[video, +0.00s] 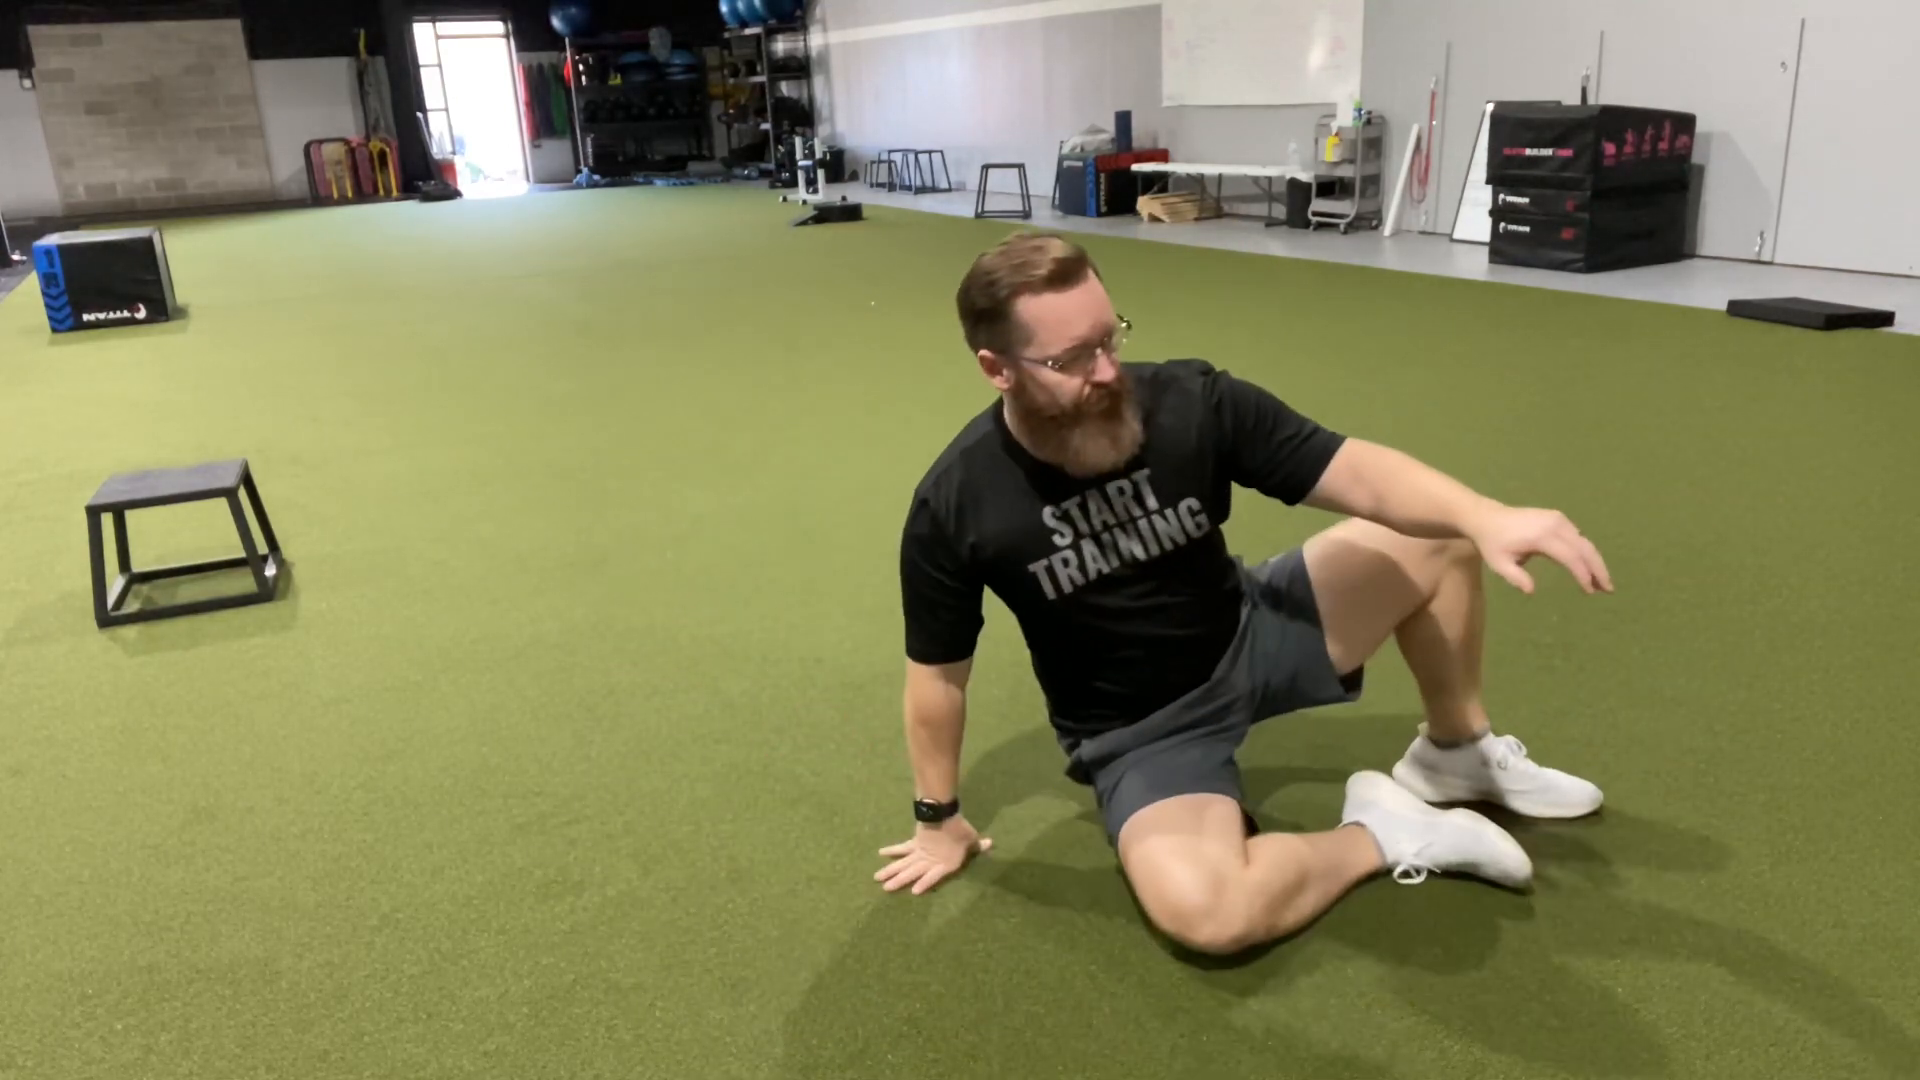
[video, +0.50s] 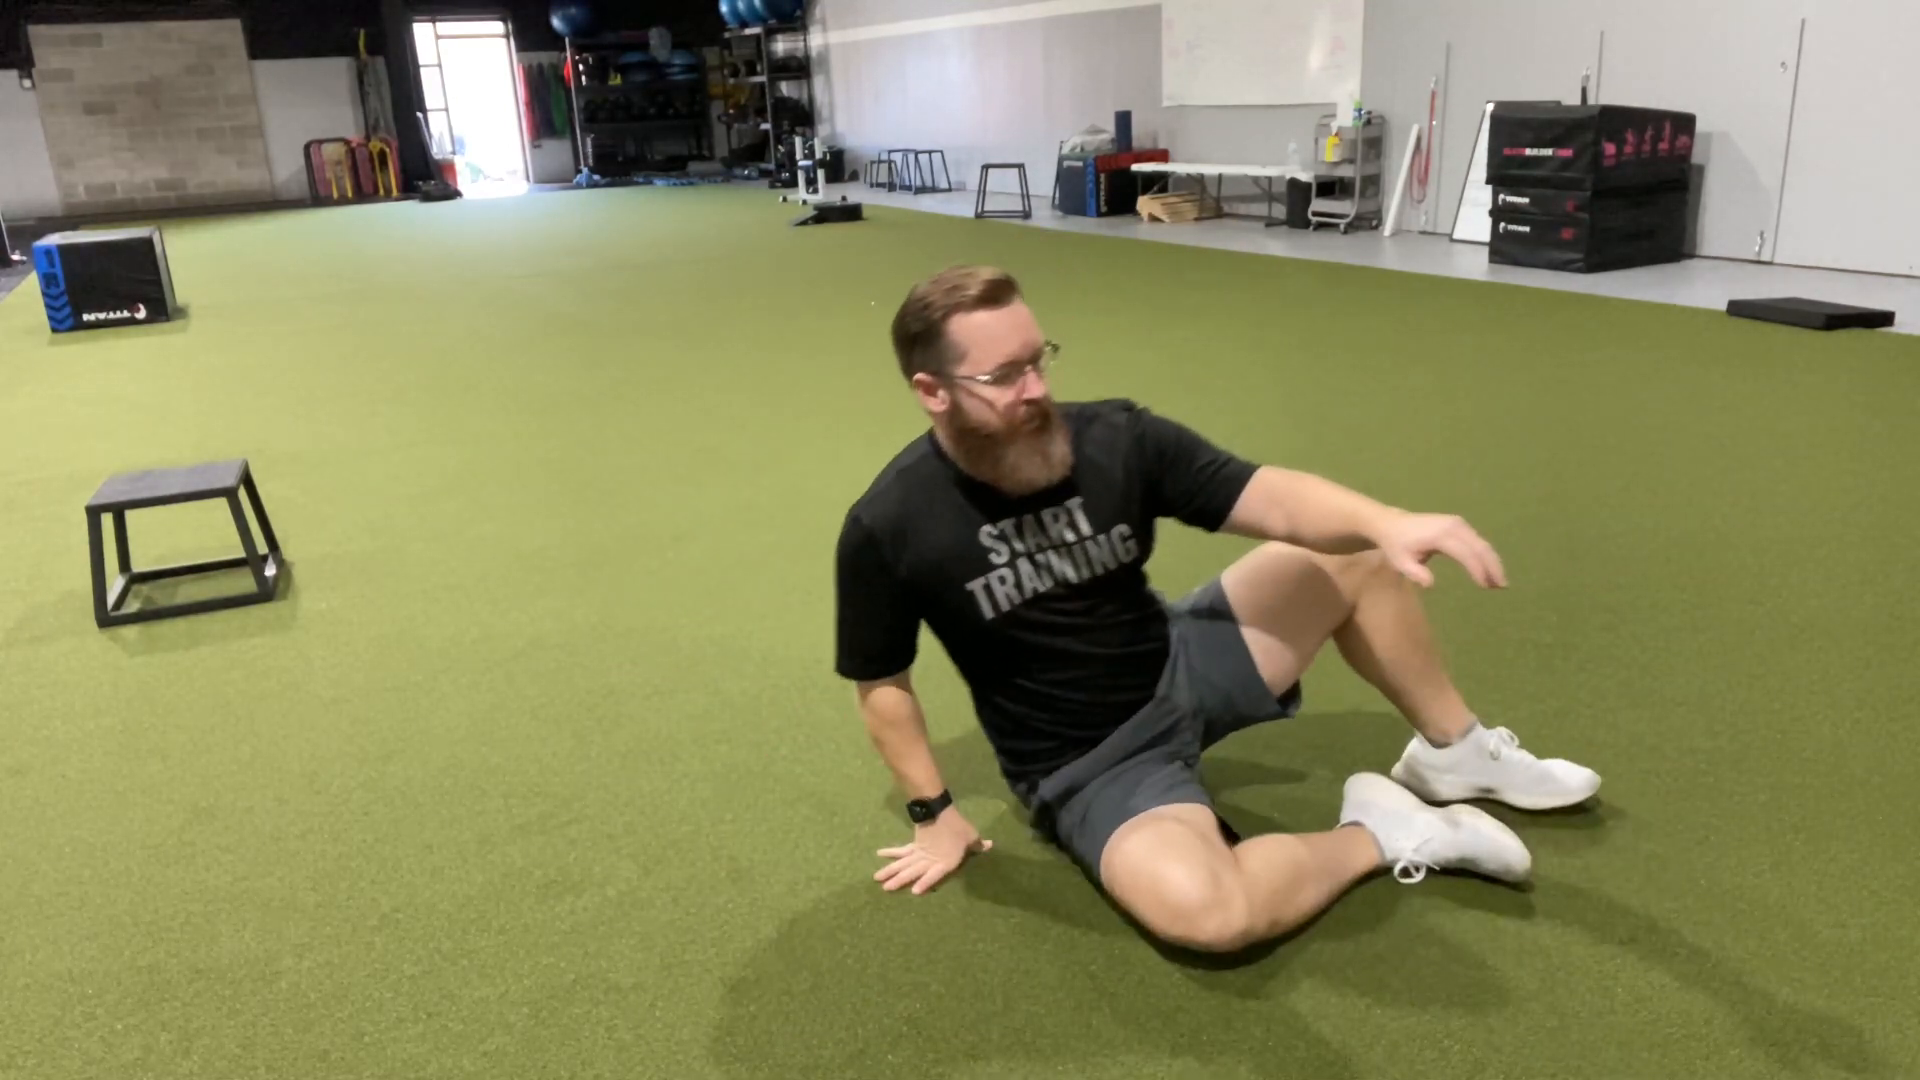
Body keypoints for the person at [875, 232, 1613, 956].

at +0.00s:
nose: (1106, 373)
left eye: (1110, 340)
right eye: (1074, 361)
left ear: (1116, 314)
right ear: (999, 373)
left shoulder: (1192, 403)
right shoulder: (958, 505)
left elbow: (1353, 473)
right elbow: (937, 672)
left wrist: (1487, 517)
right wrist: (940, 818)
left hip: (1248, 631)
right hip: (1141, 730)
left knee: (1437, 542)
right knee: (1203, 910)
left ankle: (1458, 751)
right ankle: (1383, 832)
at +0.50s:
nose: (1035, 388)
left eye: (1038, 359)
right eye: (1003, 375)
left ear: (1046, 347)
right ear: (932, 396)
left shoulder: (1114, 440)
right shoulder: (889, 533)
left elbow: (1264, 496)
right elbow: (880, 682)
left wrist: (1388, 525)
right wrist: (937, 816)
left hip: (1179, 659)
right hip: (1090, 761)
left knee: (1344, 554)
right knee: (1200, 911)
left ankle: (1459, 749)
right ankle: (1385, 829)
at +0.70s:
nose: (956, 415)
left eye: (956, 390)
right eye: (927, 406)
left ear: (965, 381)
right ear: (859, 429)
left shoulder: (1031, 464)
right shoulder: (828, 566)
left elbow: (1167, 527)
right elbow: (829, 709)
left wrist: (1270, 545)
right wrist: (925, 810)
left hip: (1138, 662)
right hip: (1057, 762)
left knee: (1299, 561)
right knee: (1199, 875)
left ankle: (1455, 745)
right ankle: (1389, 828)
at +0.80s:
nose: (909, 430)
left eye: (906, 407)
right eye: (880, 423)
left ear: (912, 401)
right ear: (817, 454)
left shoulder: (981, 475)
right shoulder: (799, 587)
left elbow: (1105, 529)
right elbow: (806, 734)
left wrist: (1211, 544)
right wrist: (920, 809)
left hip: (1113, 656)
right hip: (1041, 759)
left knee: (1280, 553)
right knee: (1192, 837)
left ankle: (1440, 737)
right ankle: (1394, 828)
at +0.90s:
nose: (863, 447)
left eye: (858, 426)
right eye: (835, 441)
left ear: (867, 421)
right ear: (777, 478)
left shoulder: (939, 489)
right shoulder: (774, 609)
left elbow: (1057, 529)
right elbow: (798, 757)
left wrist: (1143, 526)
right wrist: (914, 812)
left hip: (1085, 650)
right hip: (1018, 751)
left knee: (1251, 536)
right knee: (1180, 777)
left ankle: (1413, 720)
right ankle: (1384, 815)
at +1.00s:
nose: (830, 463)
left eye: (824, 443)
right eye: (802, 458)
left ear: (833, 440)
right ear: (748, 499)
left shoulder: (910, 503)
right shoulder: (758, 620)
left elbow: (1032, 526)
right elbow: (788, 771)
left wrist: (1096, 501)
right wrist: (913, 812)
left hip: (1071, 643)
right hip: (1005, 742)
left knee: (1218, 514)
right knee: (1149, 717)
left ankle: (1388, 697)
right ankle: (1352, 791)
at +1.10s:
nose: (797, 489)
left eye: (789, 471)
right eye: (769, 486)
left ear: (799, 473)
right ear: (721, 530)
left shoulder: (879, 525)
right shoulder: (743, 636)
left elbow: (1002, 526)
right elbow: (783, 778)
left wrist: (1029, 479)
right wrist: (915, 812)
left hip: (1053, 650)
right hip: (988, 749)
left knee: (1167, 490)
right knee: (1094, 636)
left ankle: (1350, 648)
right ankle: (1305, 739)